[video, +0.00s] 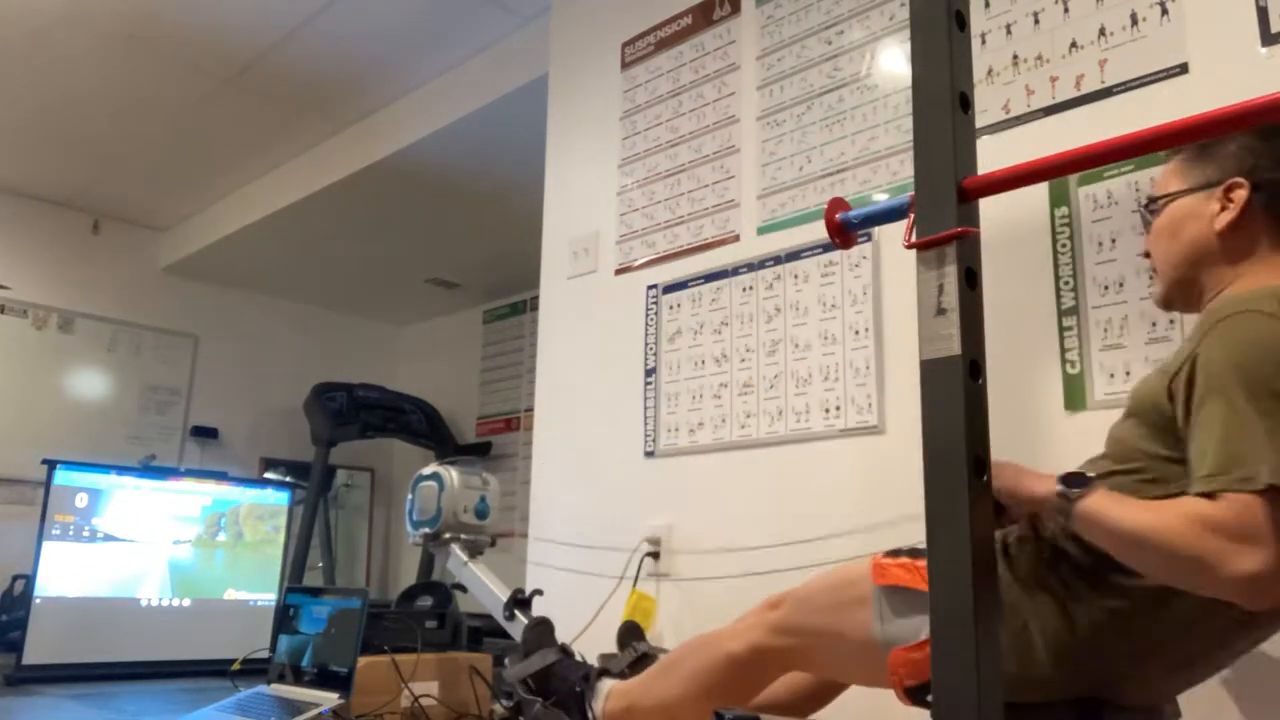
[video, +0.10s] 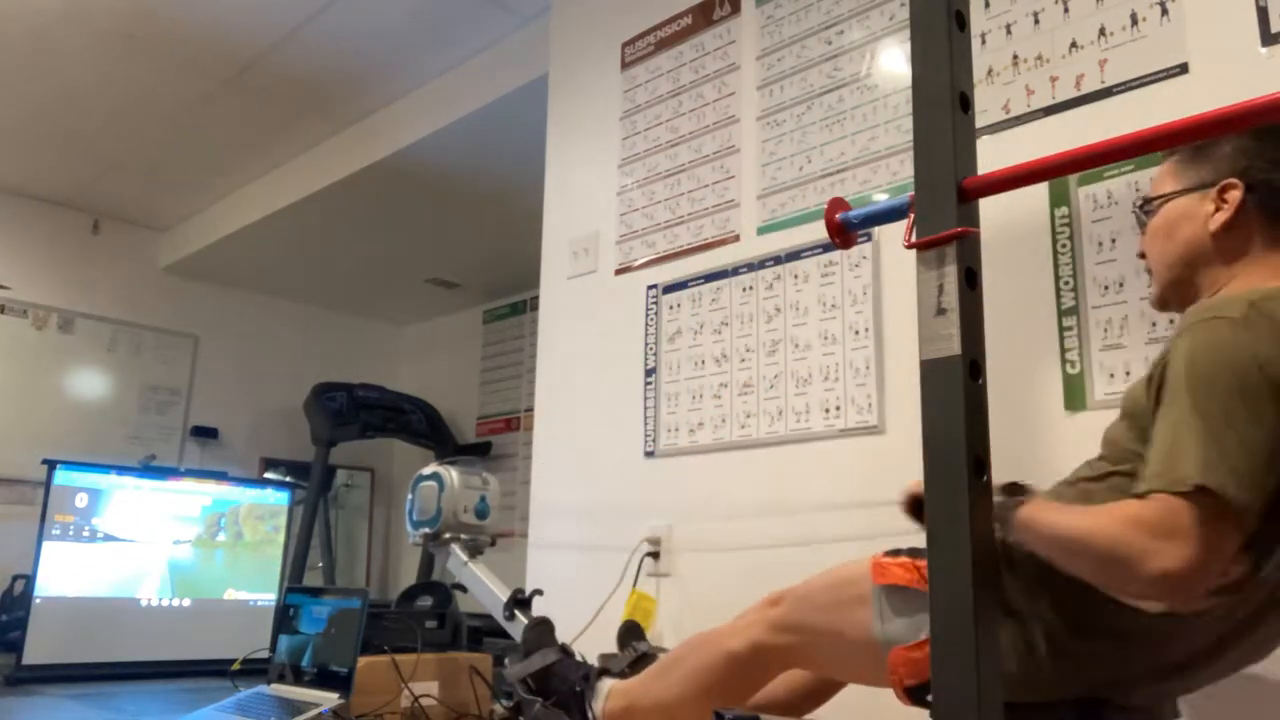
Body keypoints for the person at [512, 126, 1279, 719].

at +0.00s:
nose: (1145, 234)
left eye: (1160, 206)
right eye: (1148, 213)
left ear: (1231, 207)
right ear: (1233, 212)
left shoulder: (1250, 327)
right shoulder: (1241, 329)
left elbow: (1252, 559)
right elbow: (1228, 547)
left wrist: (1058, 498)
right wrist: (1053, 505)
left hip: (1059, 630)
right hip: (1088, 631)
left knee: (783, 620)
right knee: (839, 629)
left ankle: (608, 704)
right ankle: (705, 716)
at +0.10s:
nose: (1141, 234)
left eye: (1157, 206)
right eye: (1145, 212)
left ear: (1228, 207)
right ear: (1231, 212)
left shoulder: (1237, 326)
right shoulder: (1250, 327)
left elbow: (1183, 558)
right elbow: (1201, 561)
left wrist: (992, 507)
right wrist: (999, 518)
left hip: (1048, 628)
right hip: (1094, 638)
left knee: (781, 620)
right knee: (835, 632)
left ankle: (608, 705)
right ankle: (703, 717)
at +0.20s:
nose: (1123, 238)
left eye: (1137, 211)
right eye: (1128, 215)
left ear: (1204, 208)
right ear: (1215, 211)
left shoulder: (1202, 334)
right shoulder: (1267, 330)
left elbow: (1083, 534)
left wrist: (918, 497)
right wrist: (965, 542)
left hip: (1056, 647)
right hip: (1128, 657)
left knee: (780, 611)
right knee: (839, 622)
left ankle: (606, 705)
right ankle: (692, 710)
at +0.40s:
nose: (1035, 227)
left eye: (1047, 202)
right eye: (1038, 206)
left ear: (1105, 196)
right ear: (1136, 202)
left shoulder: (1110, 310)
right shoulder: (1199, 310)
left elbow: (917, 462)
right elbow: (1073, 506)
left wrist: (782, 472)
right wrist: (918, 523)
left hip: (1042, 627)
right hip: (1105, 626)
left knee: (747, 581)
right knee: (821, 596)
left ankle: (609, 710)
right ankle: (700, 706)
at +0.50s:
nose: (970, 227)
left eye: (982, 202)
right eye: (974, 205)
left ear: (1035, 201)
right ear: (1059, 206)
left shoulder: (1037, 306)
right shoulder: (1131, 306)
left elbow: (847, 445)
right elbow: (1029, 506)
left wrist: (724, 473)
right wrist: (862, 497)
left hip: (1023, 627)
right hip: (1092, 628)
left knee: (738, 557)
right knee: (837, 549)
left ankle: (612, 703)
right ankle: (694, 696)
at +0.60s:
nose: (914, 245)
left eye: (921, 224)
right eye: (915, 226)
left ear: (954, 223)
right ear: (1025, 223)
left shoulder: (965, 304)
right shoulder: (1066, 315)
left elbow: (787, 440)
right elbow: (935, 486)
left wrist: (671, 482)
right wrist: (787, 506)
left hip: (960, 642)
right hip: (1044, 638)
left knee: (716, 533)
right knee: (792, 538)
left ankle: (612, 702)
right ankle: (686, 695)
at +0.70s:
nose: (834, 256)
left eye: (844, 233)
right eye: (837, 236)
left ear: (890, 232)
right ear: (916, 231)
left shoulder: (881, 323)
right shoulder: (987, 321)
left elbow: (720, 455)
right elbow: (861, 496)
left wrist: (622, 500)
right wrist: (683, 514)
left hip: (902, 618)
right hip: (986, 621)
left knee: (678, 522)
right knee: (754, 539)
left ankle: (608, 702)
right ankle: (683, 690)